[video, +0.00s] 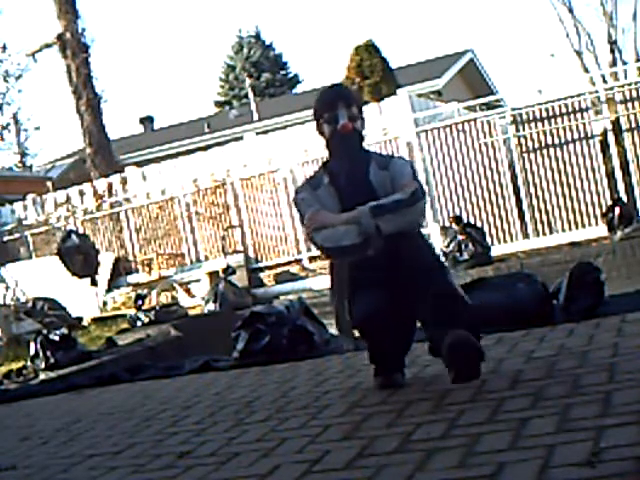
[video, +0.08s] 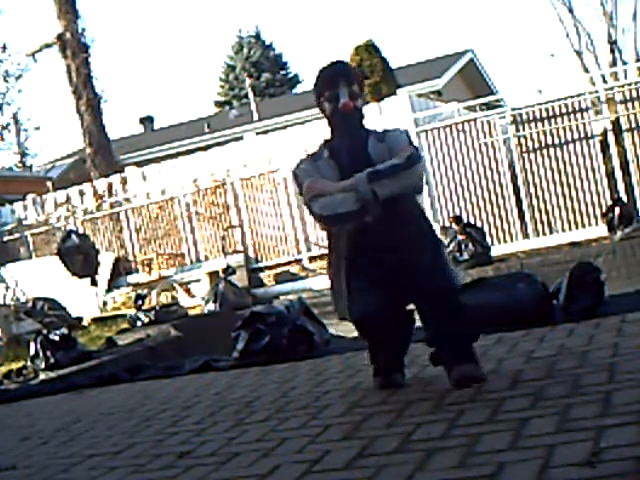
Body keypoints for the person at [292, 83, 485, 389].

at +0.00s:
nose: (344, 127)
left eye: (351, 118)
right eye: (333, 121)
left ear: (362, 121)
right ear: (320, 129)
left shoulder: (395, 167)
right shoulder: (310, 192)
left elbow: (414, 211)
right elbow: (328, 242)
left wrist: (341, 220)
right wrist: (388, 218)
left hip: (411, 263)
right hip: (363, 281)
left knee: (411, 246)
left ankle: (459, 350)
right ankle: (388, 366)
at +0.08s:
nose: (345, 105)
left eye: (351, 95)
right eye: (333, 99)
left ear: (362, 96)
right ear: (321, 107)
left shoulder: (394, 140)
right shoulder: (311, 167)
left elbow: (413, 179)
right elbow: (324, 210)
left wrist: (341, 187)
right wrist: (387, 179)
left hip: (418, 255)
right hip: (362, 271)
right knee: (379, 316)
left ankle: (462, 362)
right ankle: (388, 368)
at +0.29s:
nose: (354, 97)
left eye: (360, 86)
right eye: (342, 91)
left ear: (372, 87)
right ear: (331, 99)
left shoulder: (407, 131)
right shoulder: (326, 159)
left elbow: (421, 165)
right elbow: (330, 201)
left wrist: (345, 177)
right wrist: (388, 179)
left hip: (418, 244)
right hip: (364, 256)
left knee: (420, 292)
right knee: (371, 296)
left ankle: (436, 362)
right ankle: (383, 368)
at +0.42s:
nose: (369, 124)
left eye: (376, 112)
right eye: (357, 118)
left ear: (388, 113)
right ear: (348, 126)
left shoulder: (426, 158)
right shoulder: (341, 184)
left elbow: (433, 194)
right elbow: (344, 231)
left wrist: (360, 205)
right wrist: (402, 210)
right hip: (384, 286)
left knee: (407, 248)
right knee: (363, 260)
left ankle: (434, 360)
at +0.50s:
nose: (364, 110)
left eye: (370, 99)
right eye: (352, 103)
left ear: (383, 99)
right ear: (341, 110)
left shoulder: (421, 143)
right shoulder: (337, 171)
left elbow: (435, 188)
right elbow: (340, 210)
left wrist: (359, 188)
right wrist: (404, 194)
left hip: (428, 264)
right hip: (370, 275)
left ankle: (436, 360)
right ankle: (377, 368)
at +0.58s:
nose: (357, 98)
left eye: (363, 87)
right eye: (345, 92)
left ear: (375, 86)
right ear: (335, 101)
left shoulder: (416, 131)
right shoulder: (333, 157)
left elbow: (433, 169)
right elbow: (335, 198)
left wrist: (361, 175)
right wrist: (397, 180)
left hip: (420, 239)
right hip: (366, 250)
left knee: (435, 292)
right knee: (376, 299)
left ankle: (438, 360)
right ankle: (376, 361)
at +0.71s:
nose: (355, 102)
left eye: (361, 90)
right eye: (343, 95)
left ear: (374, 92)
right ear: (331, 103)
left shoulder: (411, 139)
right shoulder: (326, 166)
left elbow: (429, 179)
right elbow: (330, 207)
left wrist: (350, 183)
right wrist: (399, 185)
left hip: (424, 244)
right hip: (369, 260)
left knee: (439, 266)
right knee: (375, 292)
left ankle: (448, 355)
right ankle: (398, 370)